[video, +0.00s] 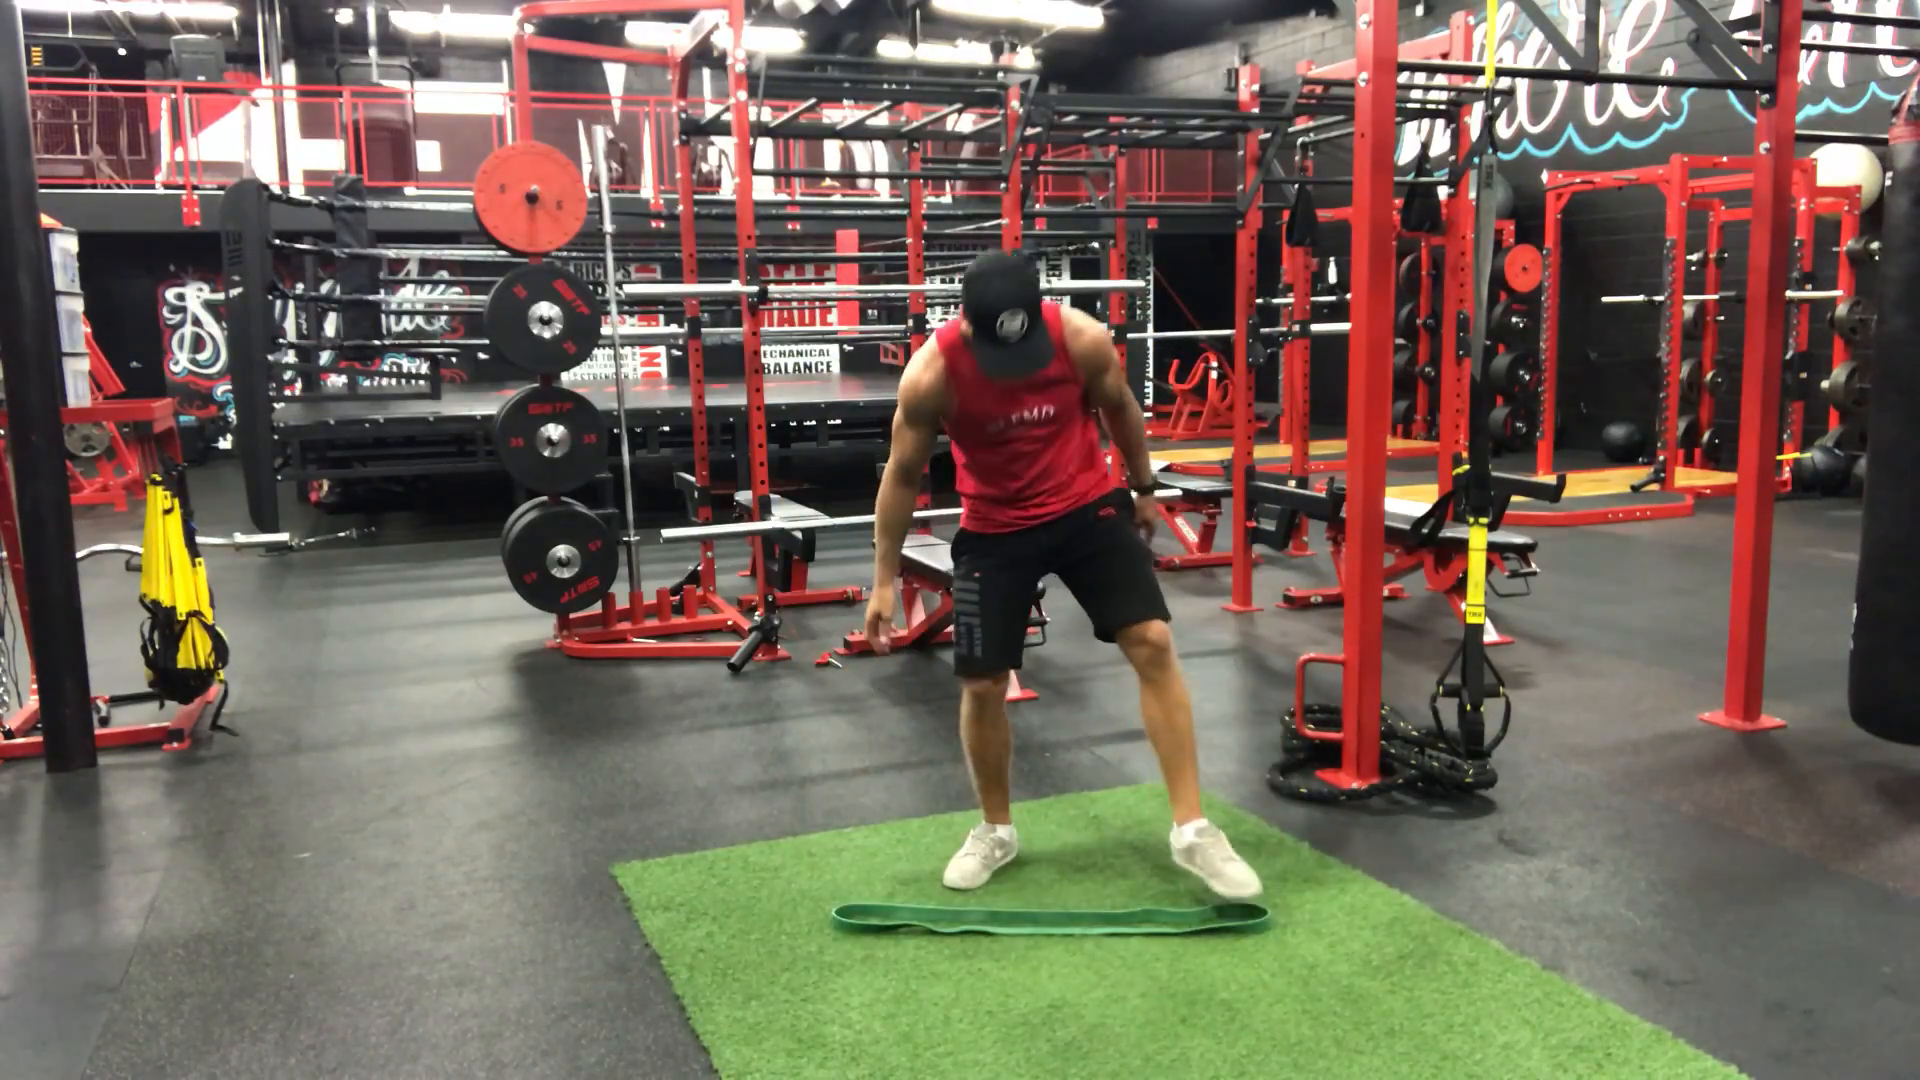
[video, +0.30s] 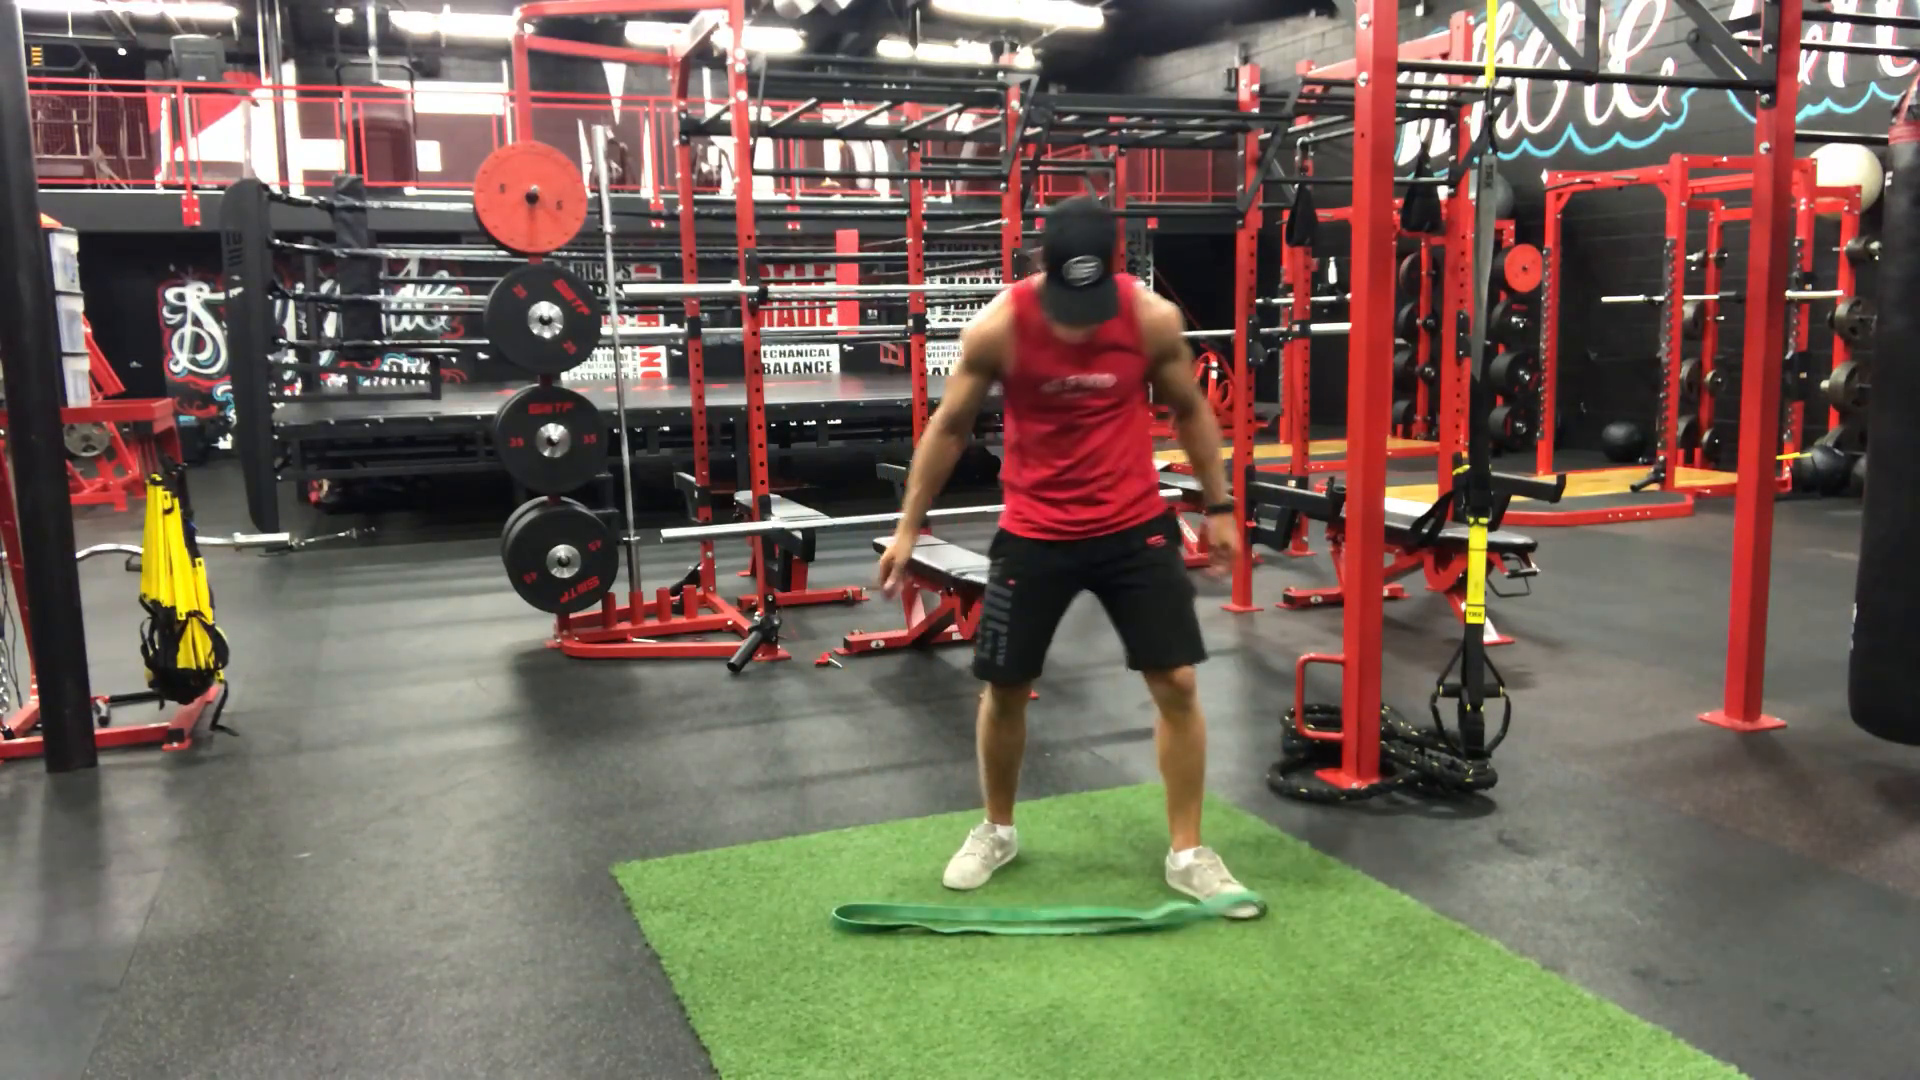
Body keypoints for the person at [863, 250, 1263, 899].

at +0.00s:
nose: (1013, 358)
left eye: (1023, 341)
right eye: (997, 347)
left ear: (1039, 314)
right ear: (968, 324)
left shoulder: (1085, 344)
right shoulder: (929, 377)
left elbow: (1121, 410)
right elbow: (901, 477)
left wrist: (1144, 490)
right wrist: (883, 579)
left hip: (1088, 513)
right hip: (994, 531)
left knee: (1153, 641)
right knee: (983, 683)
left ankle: (1192, 827)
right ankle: (995, 829)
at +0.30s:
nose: (1081, 314)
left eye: (1094, 298)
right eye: (1068, 298)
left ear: (1116, 271)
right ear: (1042, 271)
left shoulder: (1153, 320)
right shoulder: (997, 328)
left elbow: (1191, 409)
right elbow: (946, 427)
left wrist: (1219, 506)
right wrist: (906, 528)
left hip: (1134, 530)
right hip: (1034, 535)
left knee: (1178, 684)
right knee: (1002, 688)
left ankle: (1188, 850)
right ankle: (996, 831)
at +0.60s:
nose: (1148, 291)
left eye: (1164, 278)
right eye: (1139, 274)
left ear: (1197, 254)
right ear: (1122, 241)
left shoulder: (1235, 309)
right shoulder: (1074, 293)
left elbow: (1276, 412)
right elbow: (1031, 385)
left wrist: (1307, 516)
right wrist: (995, 483)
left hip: (1173, 524)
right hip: (1069, 515)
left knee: (1196, 685)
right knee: (999, 658)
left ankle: (1191, 853)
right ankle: (980, 791)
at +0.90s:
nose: (1153, 285)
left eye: (1170, 274)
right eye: (1144, 269)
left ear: (1202, 256)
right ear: (1130, 240)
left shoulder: (1235, 311)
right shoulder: (1079, 285)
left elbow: (1273, 414)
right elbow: (1020, 378)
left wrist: (1317, 514)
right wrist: (974, 478)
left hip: (1157, 527)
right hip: (1056, 517)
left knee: (1185, 687)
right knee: (989, 667)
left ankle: (1189, 854)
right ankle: (929, 825)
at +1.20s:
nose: (1065, 297)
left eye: (1081, 283)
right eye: (1054, 280)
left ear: (1110, 259)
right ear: (1034, 252)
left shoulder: (1140, 315)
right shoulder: (986, 311)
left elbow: (1176, 412)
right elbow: (929, 413)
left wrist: (1232, 505)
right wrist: (887, 519)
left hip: (1105, 544)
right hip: (1002, 549)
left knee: (1164, 696)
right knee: (948, 705)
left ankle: (1187, 855)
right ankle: (897, 853)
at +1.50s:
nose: (1004, 304)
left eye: (1018, 287)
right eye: (991, 288)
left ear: (1041, 258)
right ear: (967, 261)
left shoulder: (1085, 309)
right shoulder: (926, 319)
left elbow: (1129, 402)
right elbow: (878, 423)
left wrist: (1180, 493)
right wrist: (837, 526)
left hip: (1080, 539)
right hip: (973, 551)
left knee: (1152, 692)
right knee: (926, 711)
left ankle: (1199, 850)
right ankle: (899, 859)